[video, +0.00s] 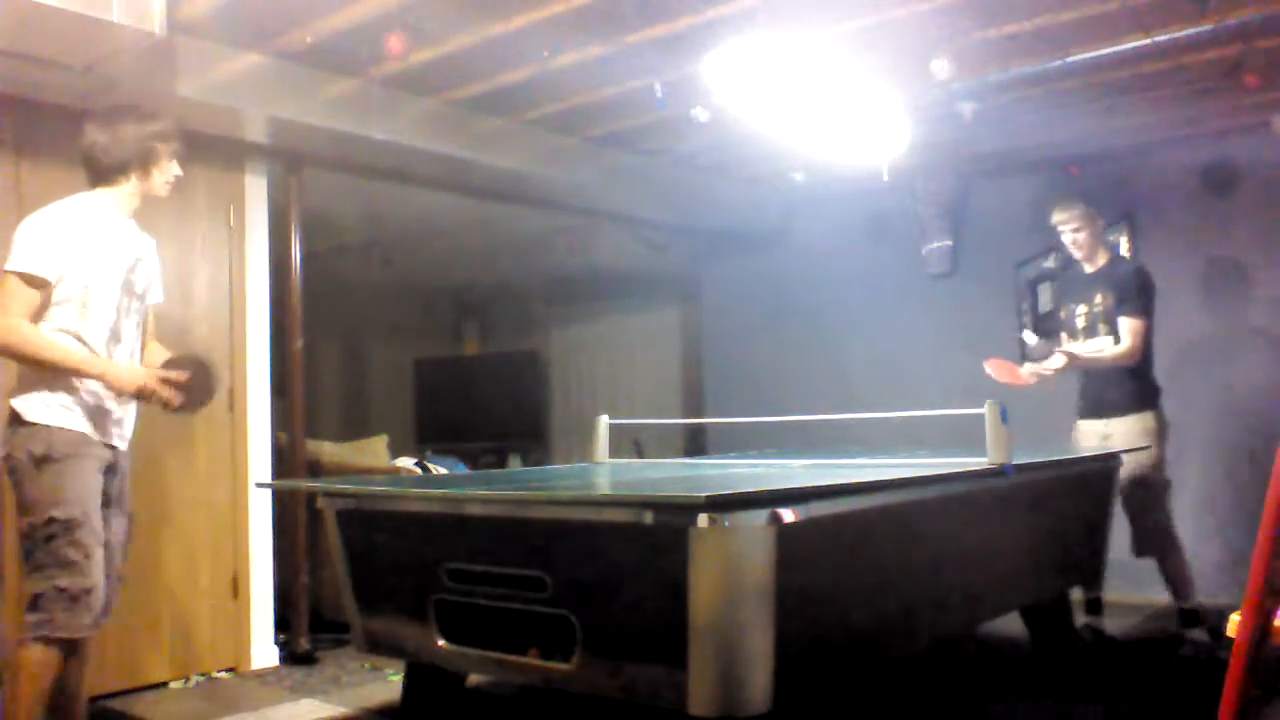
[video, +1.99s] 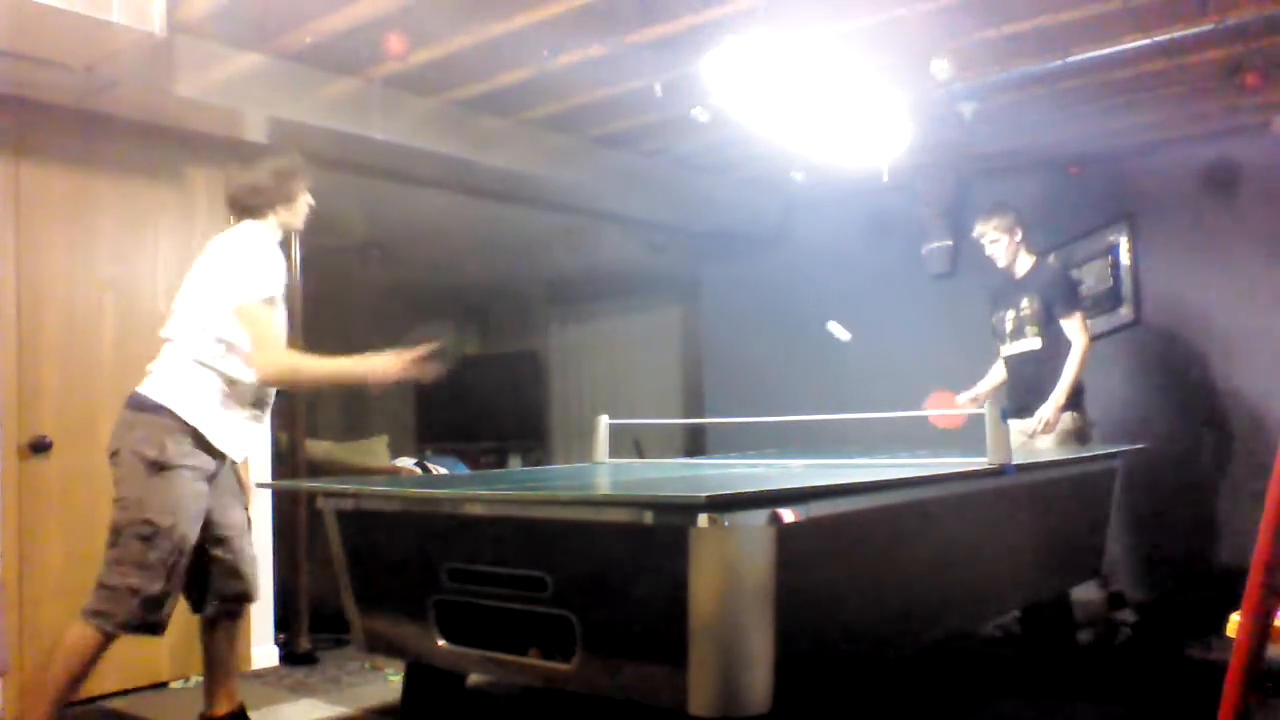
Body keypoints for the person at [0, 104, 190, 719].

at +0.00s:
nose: (178, 170)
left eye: (177, 157)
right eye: (169, 157)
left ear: (131, 162)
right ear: (134, 159)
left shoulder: (143, 248)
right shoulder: (56, 223)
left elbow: (139, 337)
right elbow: (10, 325)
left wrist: (167, 374)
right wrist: (109, 370)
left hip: (107, 434)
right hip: (51, 429)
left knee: (92, 598)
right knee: (64, 596)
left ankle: (68, 716)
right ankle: (21, 716)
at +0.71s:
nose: (172, 181)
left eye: (170, 168)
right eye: (163, 168)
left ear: (136, 174)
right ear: (129, 172)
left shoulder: (144, 256)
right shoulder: (53, 239)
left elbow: (135, 341)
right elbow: (18, 342)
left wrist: (170, 376)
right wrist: (125, 379)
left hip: (135, 443)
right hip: (65, 447)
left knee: (181, 583)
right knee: (54, 607)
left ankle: (167, 708)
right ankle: (21, 713)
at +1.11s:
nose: (258, 210)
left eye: (258, 197)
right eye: (253, 195)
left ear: (219, 196)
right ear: (223, 196)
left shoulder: (214, 271)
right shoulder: (141, 258)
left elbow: (209, 364)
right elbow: (110, 363)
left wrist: (241, 408)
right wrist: (212, 410)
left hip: (181, 448)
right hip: (119, 448)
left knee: (207, 585)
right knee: (80, 599)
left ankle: (214, 711)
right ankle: (26, 716)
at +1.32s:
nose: (311, 242)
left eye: (312, 230)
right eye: (305, 228)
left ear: (266, 228)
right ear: (276, 227)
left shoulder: (248, 281)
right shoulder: (228, 276)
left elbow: (228, 386)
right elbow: (224, 394)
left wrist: (261, 451)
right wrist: (315, 428)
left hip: (190, 451)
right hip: (135, 443)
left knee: (220, 586)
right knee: (87, 596)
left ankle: (217, 711)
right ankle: (27, 713)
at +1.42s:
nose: (334, 255)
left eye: (335, 245)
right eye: (330, 243)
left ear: (284, 239)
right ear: (301, 242)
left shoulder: (249, 284)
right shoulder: (267, 292)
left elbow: (208, 386)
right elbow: (292, 408)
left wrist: (249, 456)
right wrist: (386, 435)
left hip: (193, 455)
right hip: (142, 446)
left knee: (222, 586)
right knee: (84, 597)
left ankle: (218, 710)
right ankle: (27, 711)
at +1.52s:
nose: (345, 263)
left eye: (347, 252)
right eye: (341, 250)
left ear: (295, 242)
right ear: (314, 244)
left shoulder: (256, 284)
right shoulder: (292, 295)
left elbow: (206, 372)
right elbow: (352, 391)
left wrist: (231, 449)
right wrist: (448, 409)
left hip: (195, 454)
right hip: (149, 442)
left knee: (221, 582)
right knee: (86, 587)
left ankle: (219, 708)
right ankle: (8, 699)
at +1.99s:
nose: (311, 200)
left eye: (308, 190)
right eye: (303, 190)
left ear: (257, 197)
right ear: (278, 198)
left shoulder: (243, 250)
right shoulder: (253, 247)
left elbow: (195, 344)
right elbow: (271, 361)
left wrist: (229, 453)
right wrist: (374, 368)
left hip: (208, 443)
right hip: (168, 429)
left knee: (230, 585)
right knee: (128, 588)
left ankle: (224, 710)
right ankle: (35, 710)